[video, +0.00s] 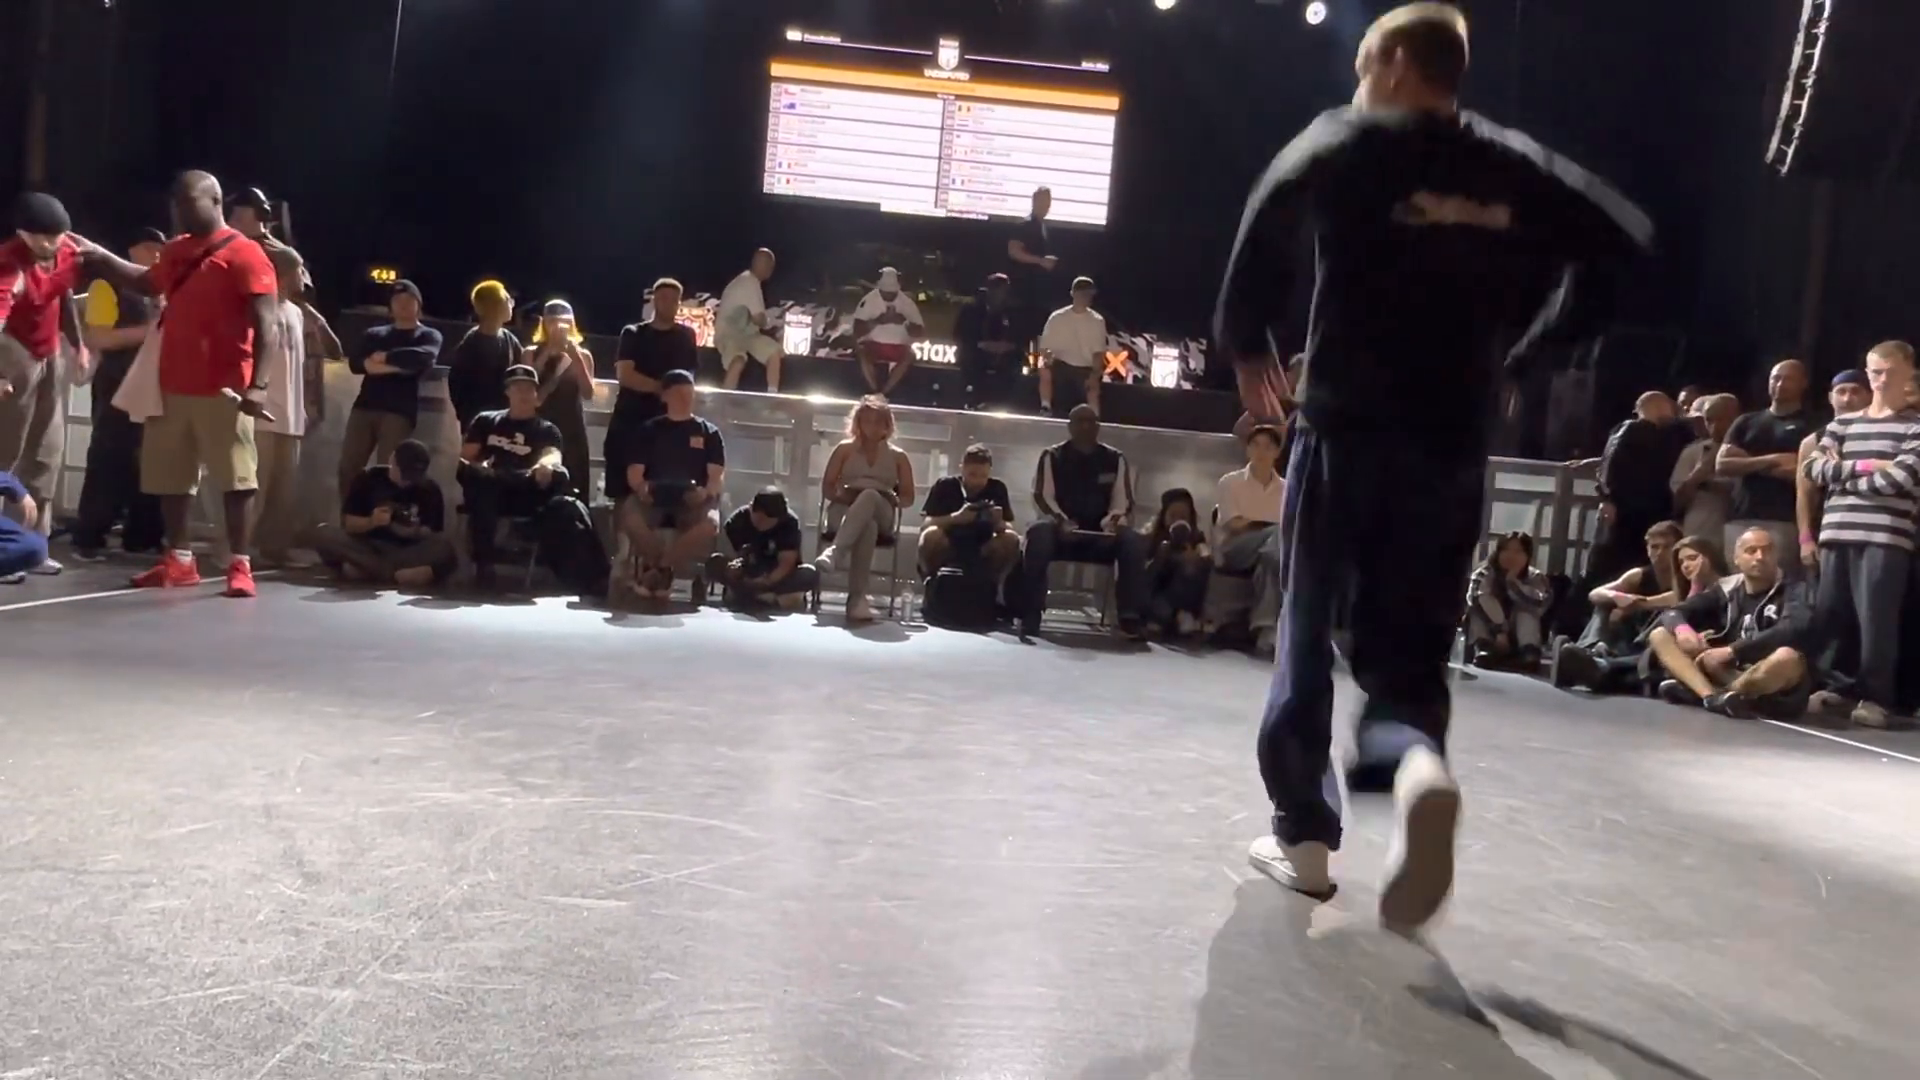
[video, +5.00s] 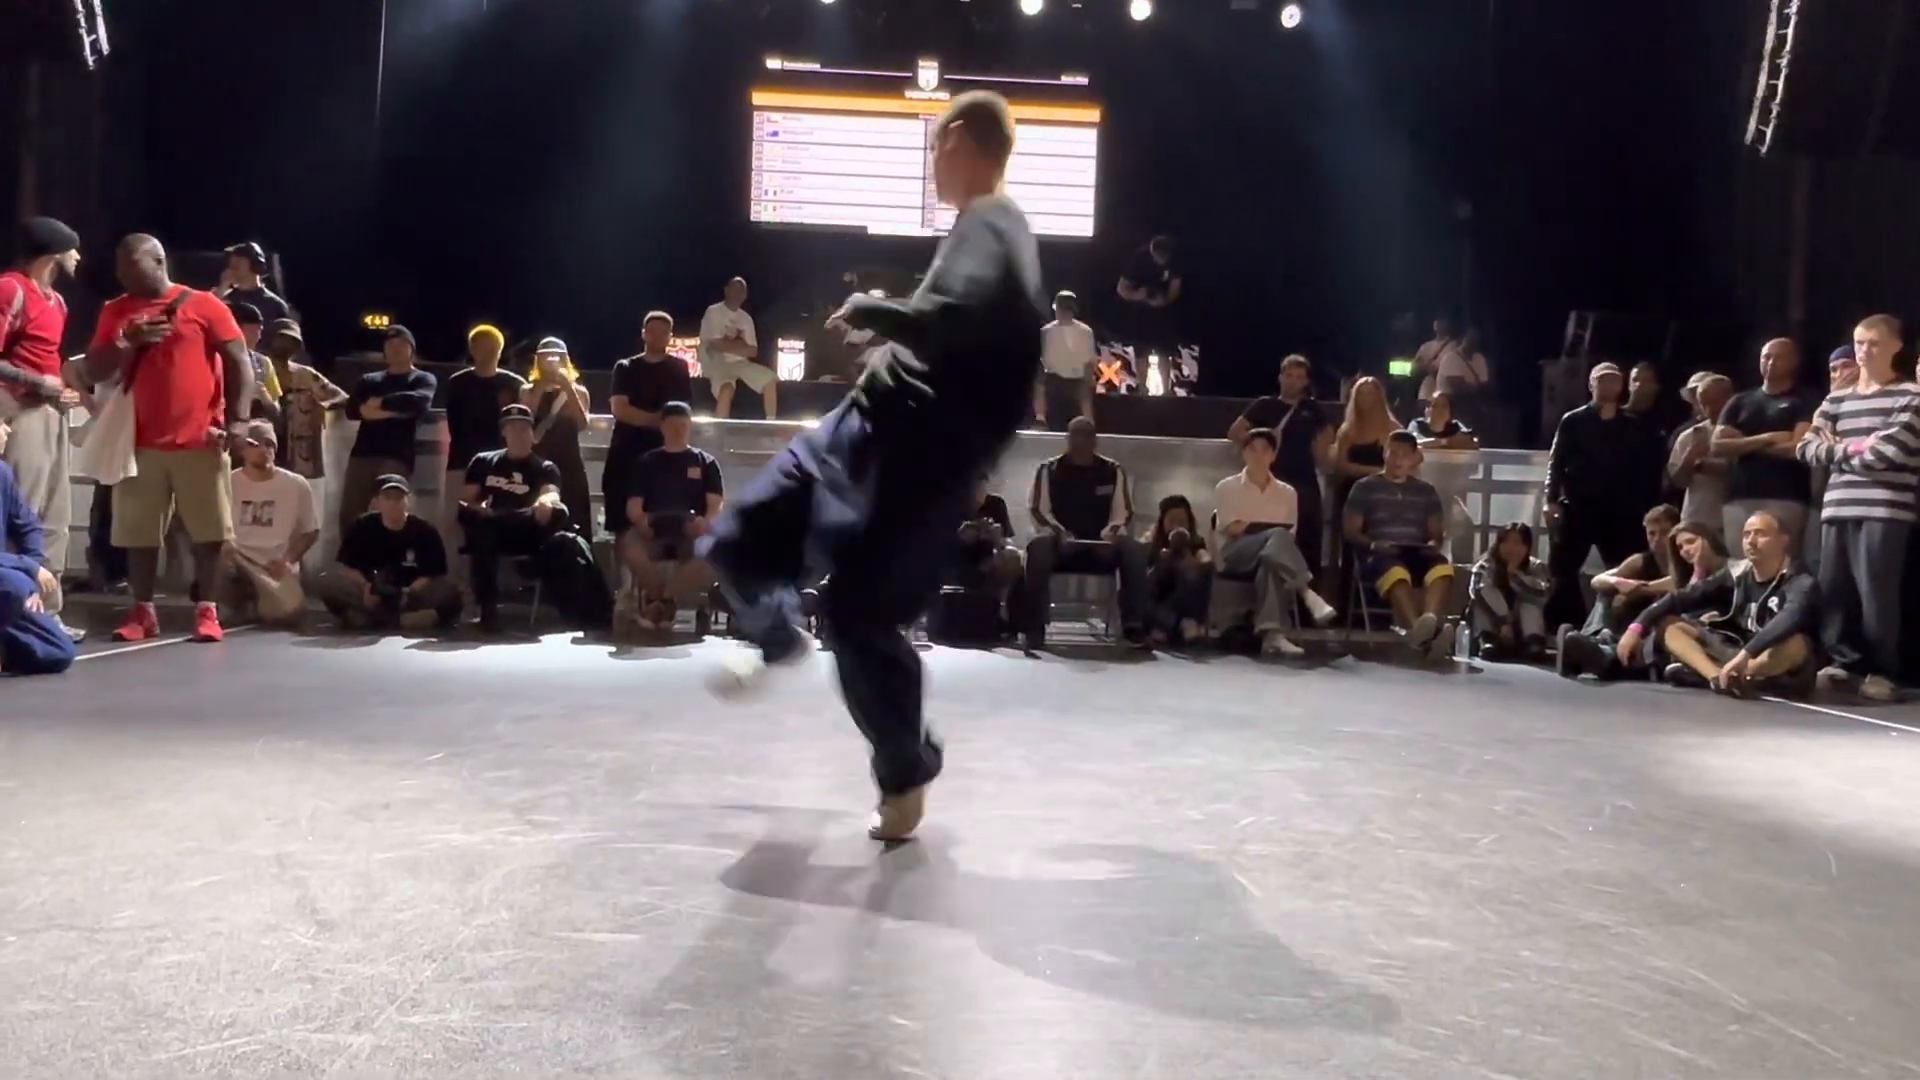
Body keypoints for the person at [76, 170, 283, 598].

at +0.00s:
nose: (180, 211)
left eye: (188, 202)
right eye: (177, 203)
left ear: (214, 200)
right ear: (177, 207)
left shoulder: (245, 252)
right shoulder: (177, 250)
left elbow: (268, 324)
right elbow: (148, 282)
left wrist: (260, 385)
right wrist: (102, 257)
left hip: (226, 390)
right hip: (172, 389)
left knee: (237, 481)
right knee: (171, 477)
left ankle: (240, 564)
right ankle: (178, 559)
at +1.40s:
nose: (190, 212)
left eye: (199, 204)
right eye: (188, 205)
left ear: (226, 207)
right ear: (186, 211)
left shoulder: (254, 263)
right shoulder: (169, 254)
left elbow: (270, 330)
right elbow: (128, 288)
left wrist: (265, 387)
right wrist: (96, 253)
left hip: (223, 393)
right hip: (161, 388)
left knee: (230, 485)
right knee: (145, 480)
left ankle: (224, 565)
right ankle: (137, 560)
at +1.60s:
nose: (161, 213)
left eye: (169, 205)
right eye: (159, 207)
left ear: (194, 207)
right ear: (158, 213)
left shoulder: (227, 259)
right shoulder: (141, 258)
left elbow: (251, 324)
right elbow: (99, 306)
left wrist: (259, 385)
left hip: (206, 395)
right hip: (143, 394)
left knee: (216, 488)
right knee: (136, 487)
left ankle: (219, 569)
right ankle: (133, 566)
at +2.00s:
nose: (112, 224)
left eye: (118, 216)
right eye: (106, 218)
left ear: (140, 217)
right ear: (101, 226)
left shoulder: (180, 261)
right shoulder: (95, 270)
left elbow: (215, 321)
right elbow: (69, 335)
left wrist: (236, 378)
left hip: (181, 403)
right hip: (120, 405)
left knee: (191, 497)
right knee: (120, 498)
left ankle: (197, 574)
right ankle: (125, 575)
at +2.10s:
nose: (106, 228)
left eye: (111, 219)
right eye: (98, 222)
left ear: (129, 219)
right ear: (92, 229)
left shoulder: (171, 261)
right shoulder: (86, 272)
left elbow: (209, 321)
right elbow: (68, 333)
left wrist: (228, 375)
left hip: (177, 403)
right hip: (116, 406)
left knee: (185, 494)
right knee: (116, 497)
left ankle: (183, 574)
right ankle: (121, 576)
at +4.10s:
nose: (98, 278)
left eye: (106, 269)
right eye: (96, 271)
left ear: (132, 268)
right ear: (96, 275)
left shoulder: (174, 313)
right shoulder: (84, 321)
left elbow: (214, 375)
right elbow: (66, 387)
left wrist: (221, 421)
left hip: (172, 447)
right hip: (113, 451)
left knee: (187, 537)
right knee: (117, 543)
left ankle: (189, 615)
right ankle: (126, 621)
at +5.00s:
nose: (123, 274)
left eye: (127, 264)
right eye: (121, 268)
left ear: (156, 260)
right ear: (125, 271)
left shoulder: (203, 304)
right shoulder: (116, 312)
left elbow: (241, 362)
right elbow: (96, 371)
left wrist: (239, 421)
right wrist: (127, 340)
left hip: (199, 441)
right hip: (140, 443)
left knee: (209, 533)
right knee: (139, 534)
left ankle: (206, 610)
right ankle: (143, 612)